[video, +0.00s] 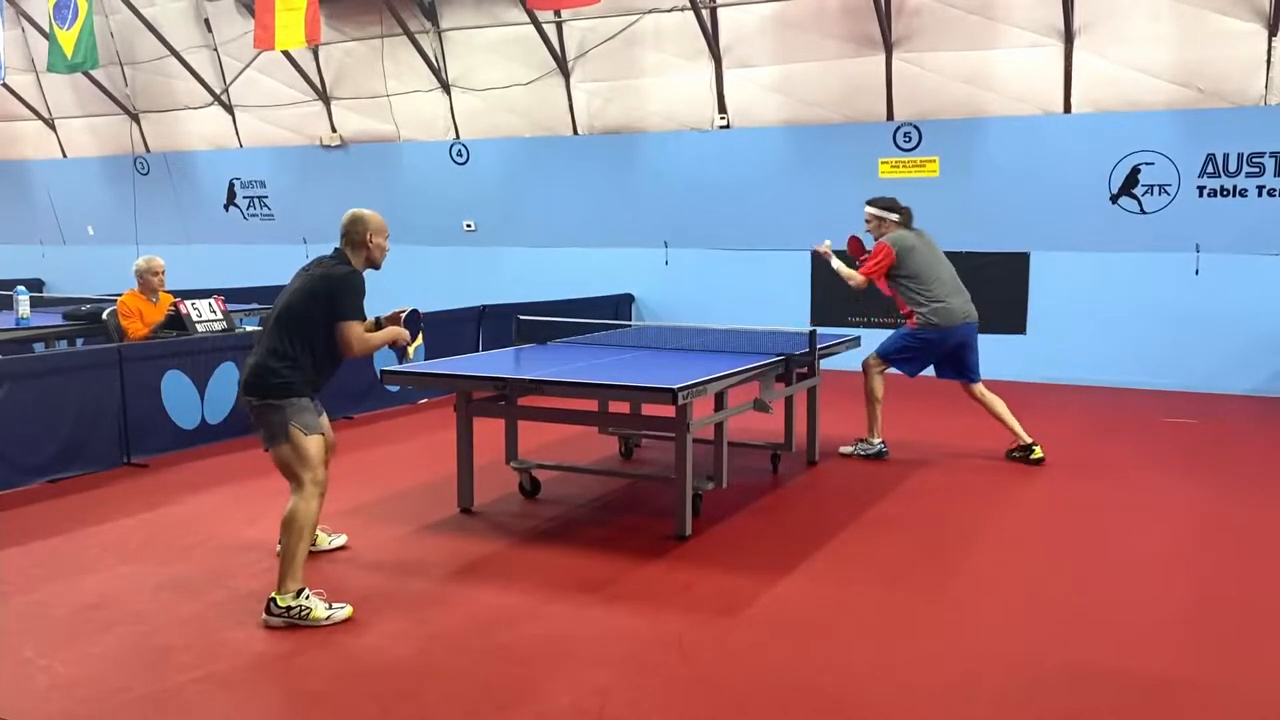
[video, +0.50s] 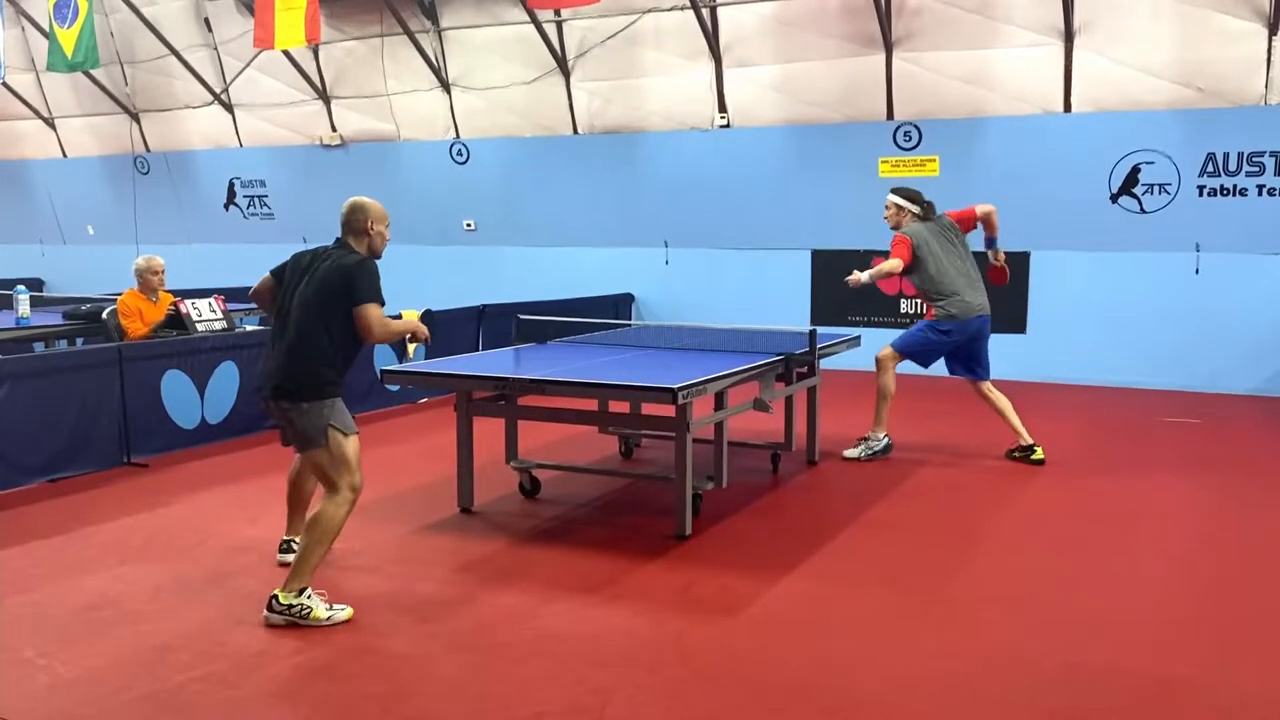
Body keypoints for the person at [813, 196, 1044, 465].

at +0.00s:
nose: (867, 227)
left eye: (870, 221)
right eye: (866, 221)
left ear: (888, 222)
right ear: (894, 221)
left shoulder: (888, 244)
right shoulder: (921, 237)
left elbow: (857, 281)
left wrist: (831, 258)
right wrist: (873, 264)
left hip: (933, 321)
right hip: (966, 318)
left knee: (873, 364)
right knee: (976, 387)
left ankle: (873, 440)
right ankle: (1026, 442)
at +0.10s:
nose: (879, 217)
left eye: (883, 211)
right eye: (879, 211)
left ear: (900, 212)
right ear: (909, 213)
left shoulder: (900, 236)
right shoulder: (932, 232)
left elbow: (864, 267)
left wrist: (837, 248)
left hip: (943, 317)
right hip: (973, 315)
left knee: (883, 364)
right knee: (979, 383)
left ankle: (876, 437)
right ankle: (1028, 439)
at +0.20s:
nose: (888, 210)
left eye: (893, 204)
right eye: (890, 204)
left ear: (910, 208)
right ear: (917, 209)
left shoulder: (906, 232)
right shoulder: (944, 228)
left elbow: (866, 262)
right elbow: (943, 266)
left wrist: (841, 251)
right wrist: (911, 283)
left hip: (948, 317)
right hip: (981, 313)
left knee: (892, 367)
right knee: (984, 382)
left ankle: (875, 440)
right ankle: (1027, 442)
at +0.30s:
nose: (895, 205)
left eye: (900, 200)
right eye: (897, 199)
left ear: (917, 205)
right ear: (925, 206)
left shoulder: (909, 230)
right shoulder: (953, 226)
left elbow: (872, 260)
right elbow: (981, 261)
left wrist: (845, 256)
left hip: (951, 314)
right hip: (985, 311)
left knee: (896, 367)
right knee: (987, 382)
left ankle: (877, 440)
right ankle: (1027, 442)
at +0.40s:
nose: (894, 207)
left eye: (899, 201)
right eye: (896, 201)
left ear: (915, 206)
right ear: (925, 207)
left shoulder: (908, 231)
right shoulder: (956, 224)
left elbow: (888, 260)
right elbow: (996, 235)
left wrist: (856, 265)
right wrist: (992, 275)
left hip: (951, 314)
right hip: (984, 311)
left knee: (894, 366)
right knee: (988, 382)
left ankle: (879, 441)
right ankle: (1028, 443)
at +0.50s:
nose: (885, 213)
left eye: (889, 208)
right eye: (886, 208)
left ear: (906, 211)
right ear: (914, 212)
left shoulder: (905, 235)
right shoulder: (947, 221)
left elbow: (895, 266)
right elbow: (988, 211)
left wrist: (864, 276)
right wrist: (994, 249)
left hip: (951, 317)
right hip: (979, 314)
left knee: (886, 358)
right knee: (983, 384)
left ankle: (877, 437)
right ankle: (1027, 443)